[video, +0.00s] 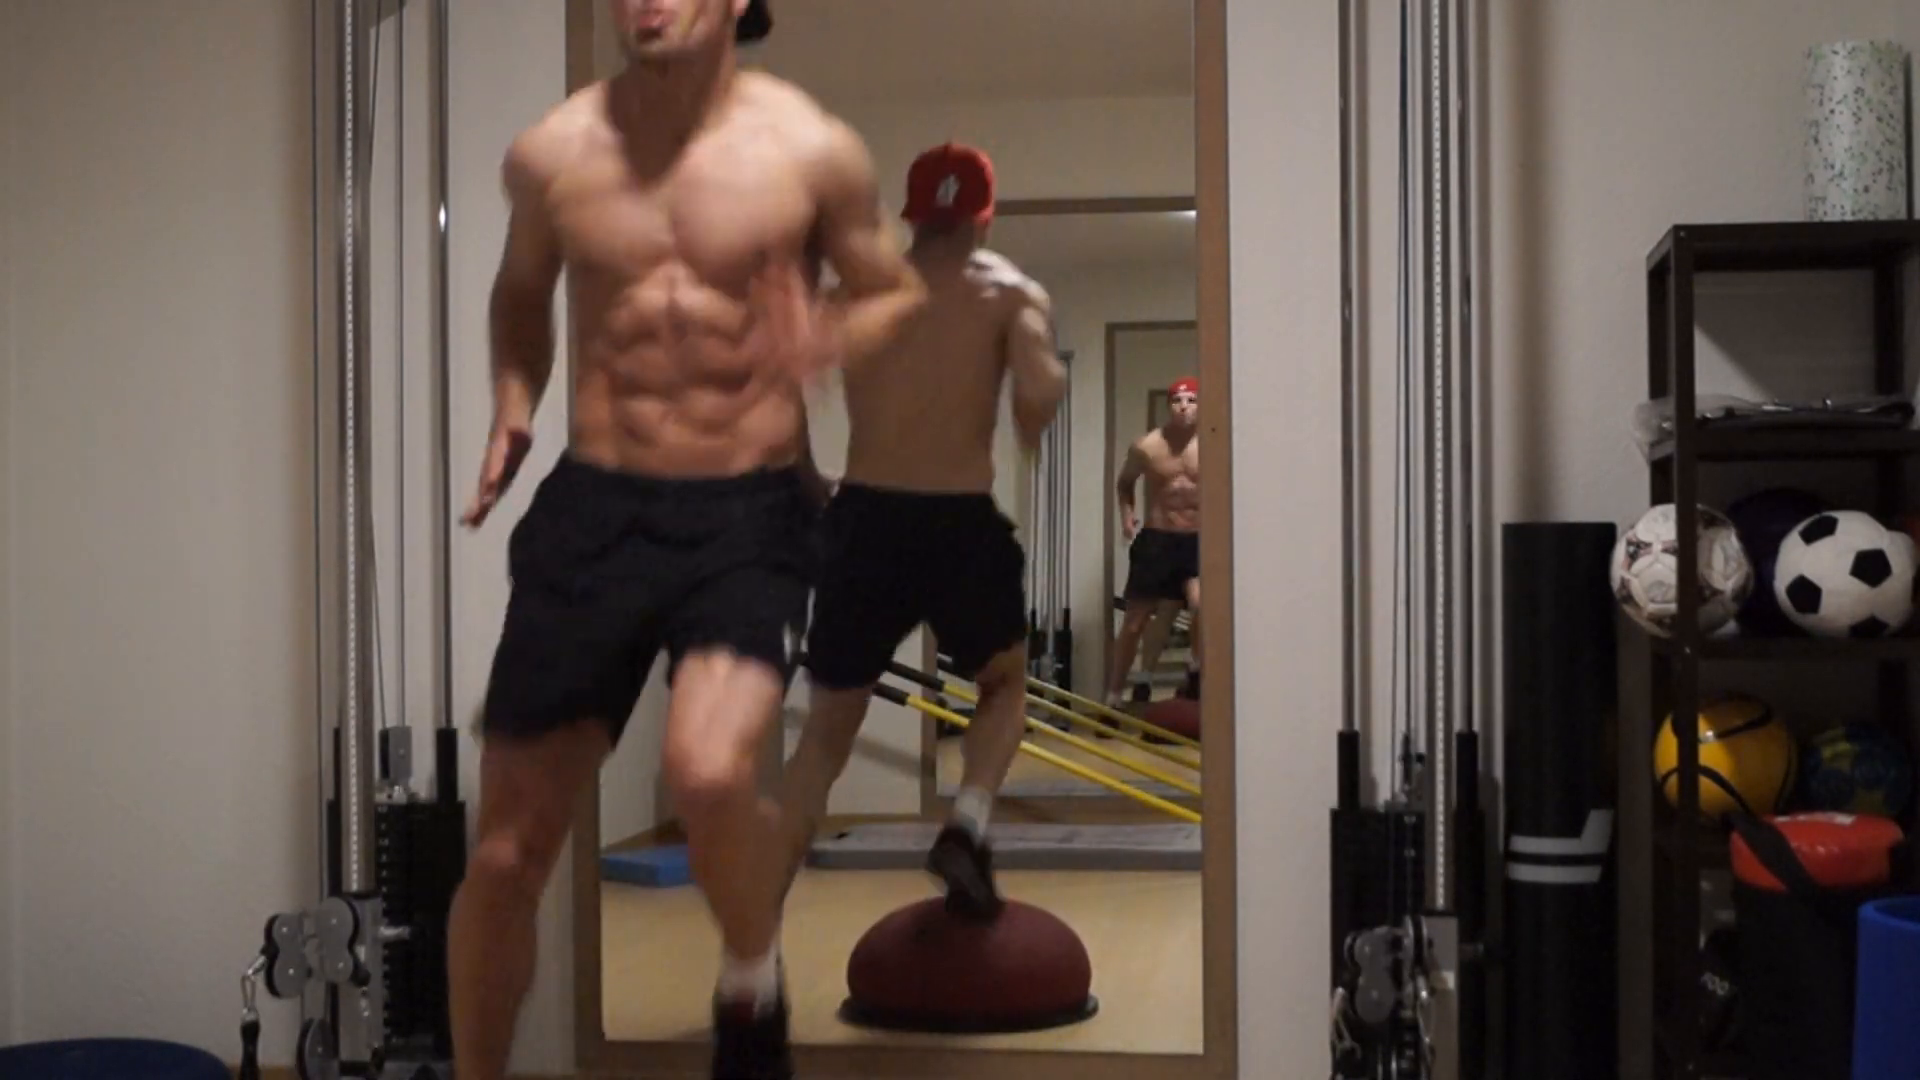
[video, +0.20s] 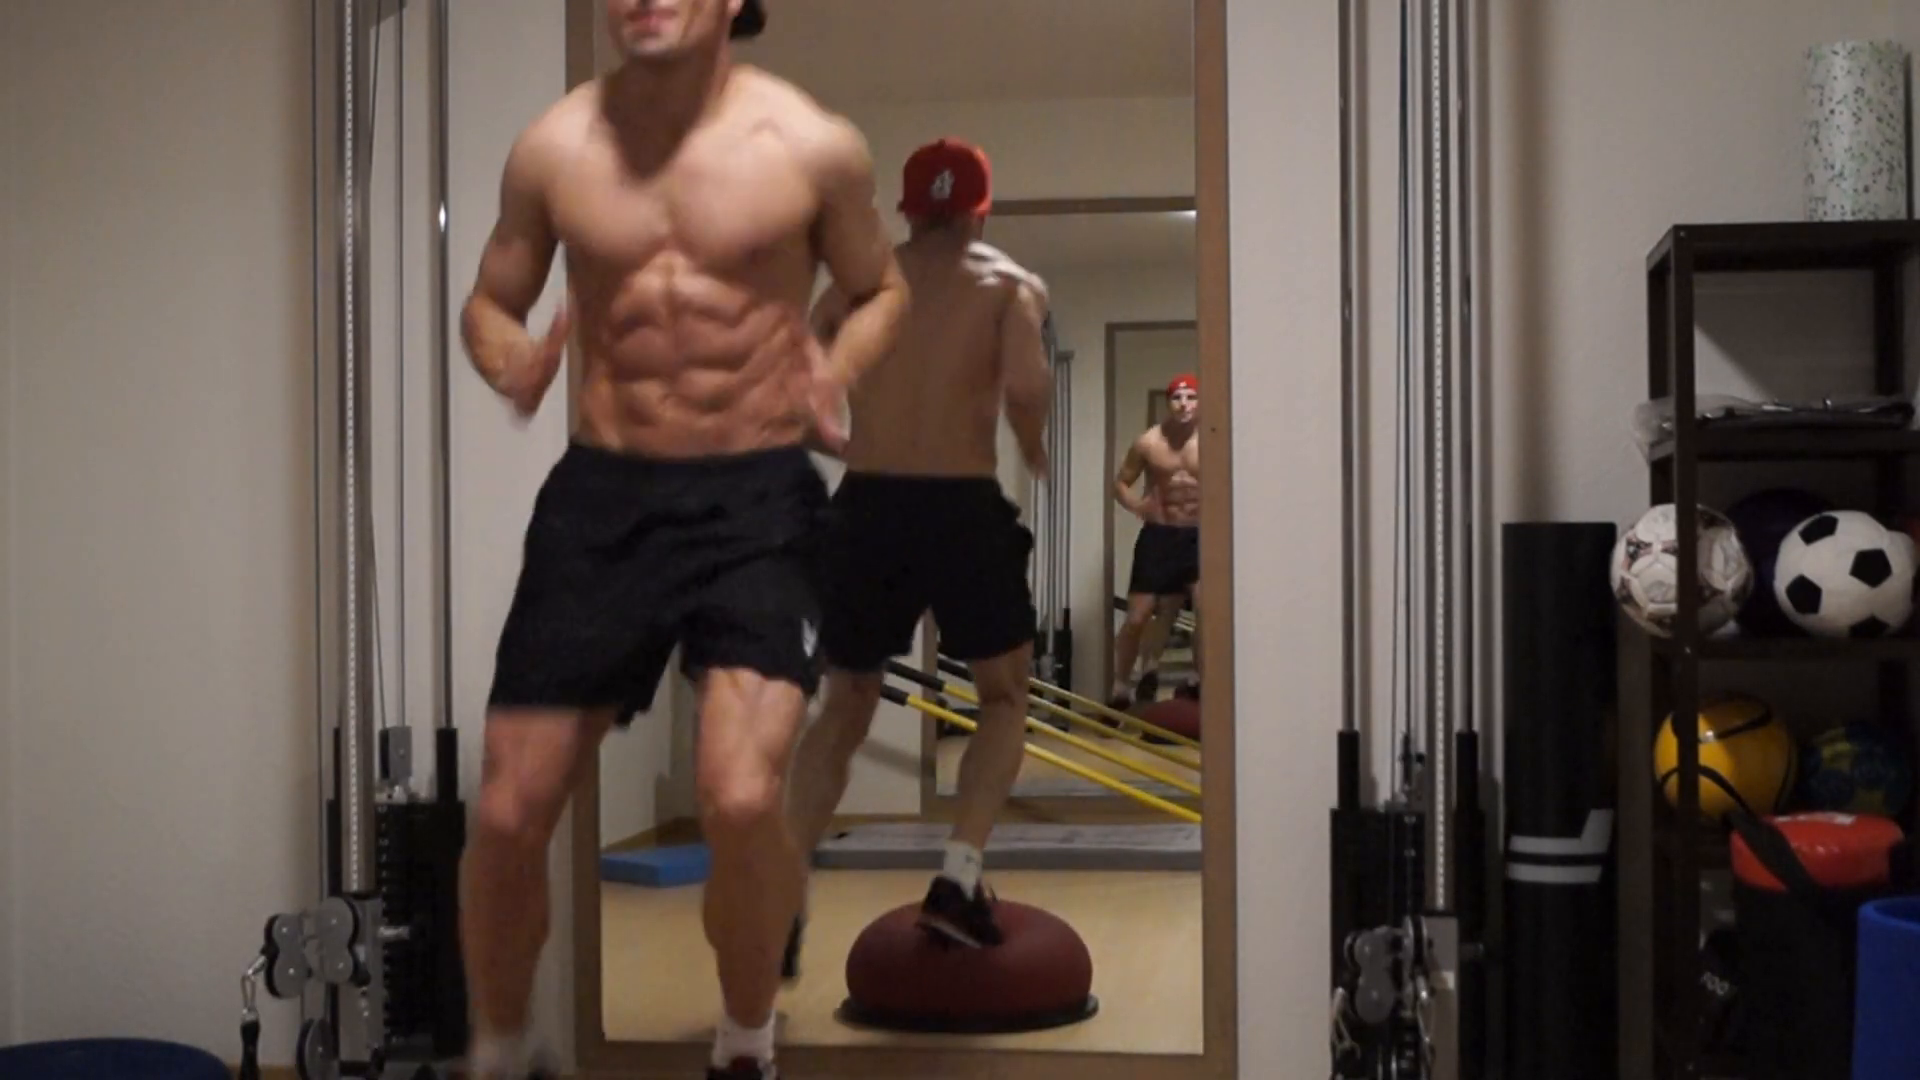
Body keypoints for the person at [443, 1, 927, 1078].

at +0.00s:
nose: (651, 3)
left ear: (735, 10)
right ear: (614, 10)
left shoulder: (814, 147)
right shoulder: (553, 153)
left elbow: (896, 289)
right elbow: (523, 294)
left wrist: (829, 334)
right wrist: (513, 405)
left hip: (752, 518)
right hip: (593, 515)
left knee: (708, 774)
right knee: (503, 856)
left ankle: (750, 986)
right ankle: (475, 1072)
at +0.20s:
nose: (645, 1)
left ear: (729, 10)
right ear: (607, 9)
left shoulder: (814, 146)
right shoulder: (553, 148)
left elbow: (880, 286)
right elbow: (491, 301)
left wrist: (835, 364)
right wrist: (513, 364)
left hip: (758, 505)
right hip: (601, 505)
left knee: (742, 804)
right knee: (506, 813)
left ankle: (746, 1051)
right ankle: (496, 1059)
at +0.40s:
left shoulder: (853, 96)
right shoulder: (585, 107)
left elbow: (937, 216)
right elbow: (546, 271)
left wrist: (917, 338)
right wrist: (596, 359)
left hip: (817, 440)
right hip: (660, 458)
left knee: (865, 706)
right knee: (661, 774)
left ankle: (889, 959)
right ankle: (719, 1044)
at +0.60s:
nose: (729, 23)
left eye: (763, 3)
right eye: (713, 6)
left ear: (821, 35)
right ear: (694, 39)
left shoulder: (891, 185)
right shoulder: (642, 206)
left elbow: (981, 368)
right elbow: (613, 343)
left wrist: (878, 372)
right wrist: (603, 459)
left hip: (875, 545)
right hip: (722, 538)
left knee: (928, 880)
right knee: (630, 718)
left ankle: (995, 1071)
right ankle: (676, 940)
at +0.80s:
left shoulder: (851, 91)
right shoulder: (590, 100)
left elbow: (957, 209)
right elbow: (561, 265)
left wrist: (935, 330)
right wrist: (592, 323)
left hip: (824, 437)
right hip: (670, 448)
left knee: (818, 728)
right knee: (651, 754)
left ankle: (896, 963)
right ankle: (730, 1040)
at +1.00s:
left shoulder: (805, 67)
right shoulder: (563, 73)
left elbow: (895, 245)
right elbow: (541, 206)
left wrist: (771, 239)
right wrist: (522, 337)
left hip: (747, 435)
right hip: (599, 422)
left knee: (690, 760)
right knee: (489, 705)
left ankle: (735, 1046)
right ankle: (526, 970)